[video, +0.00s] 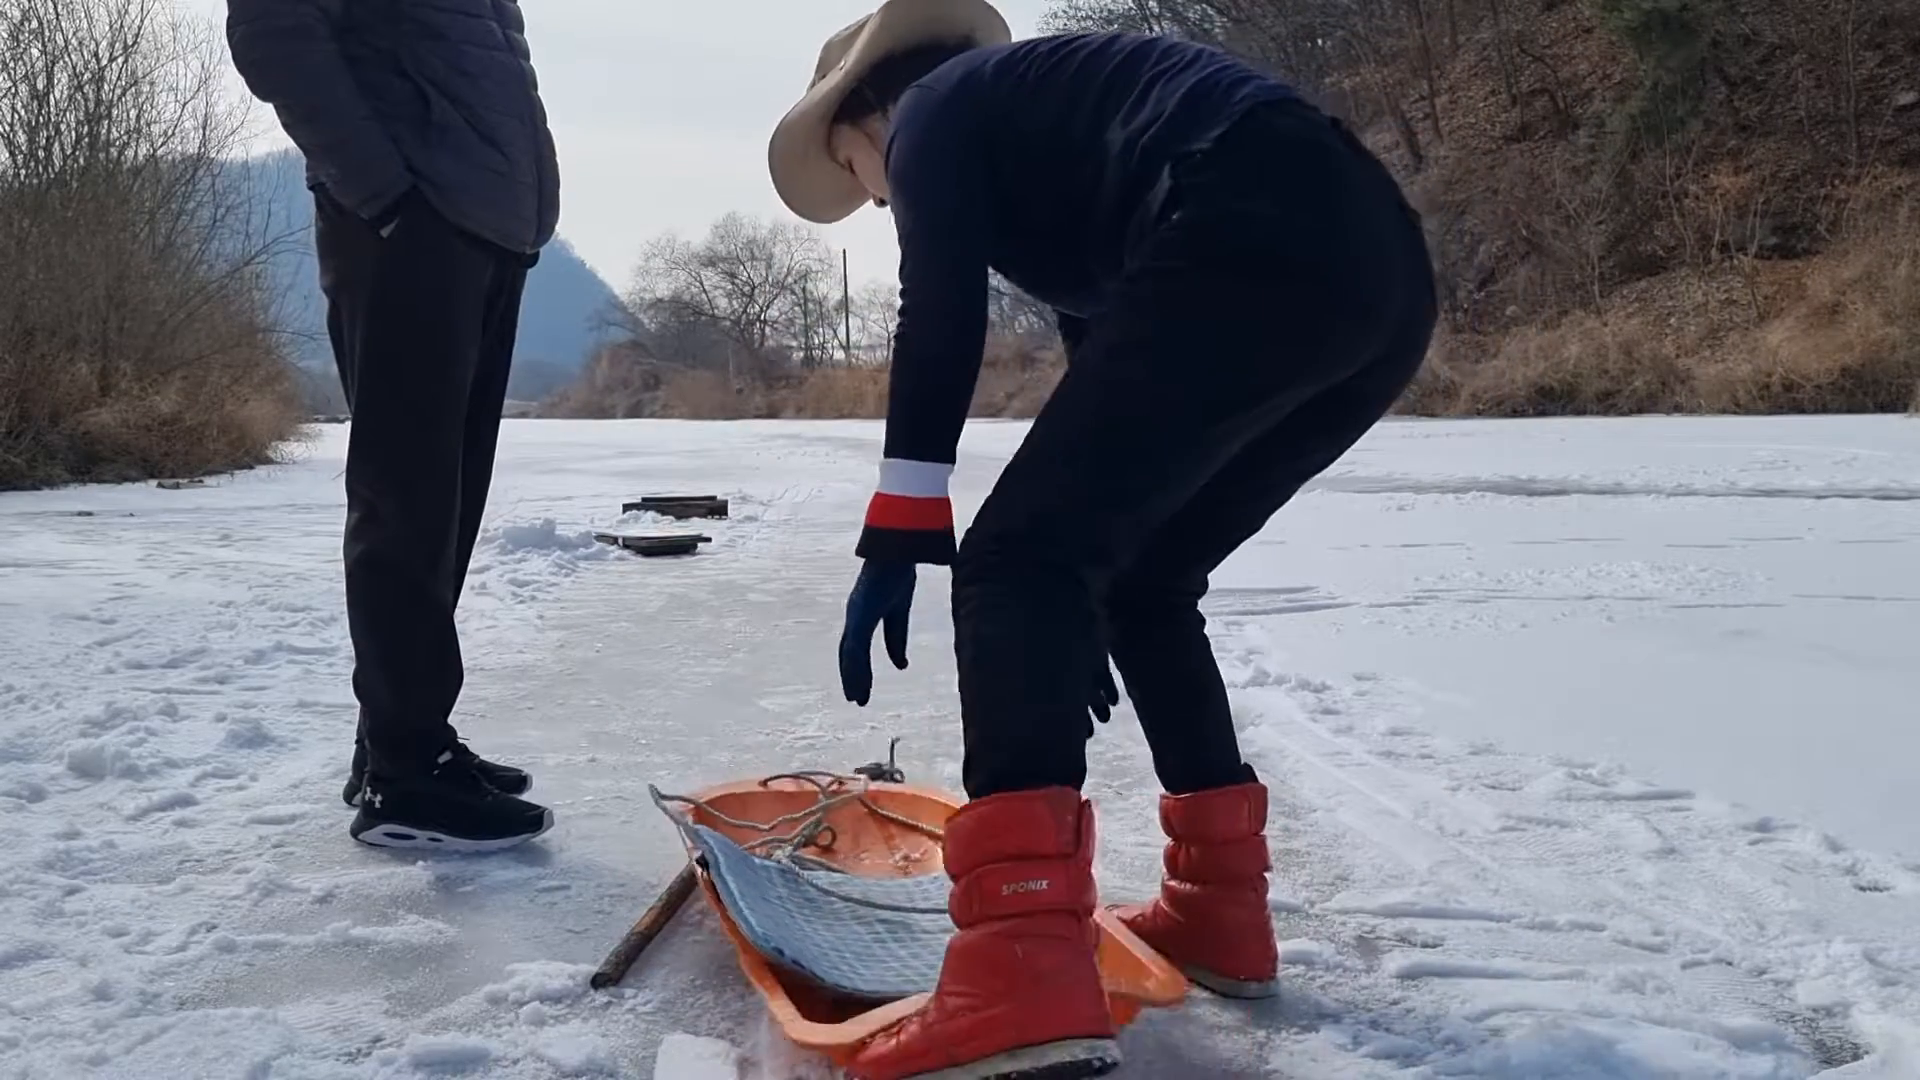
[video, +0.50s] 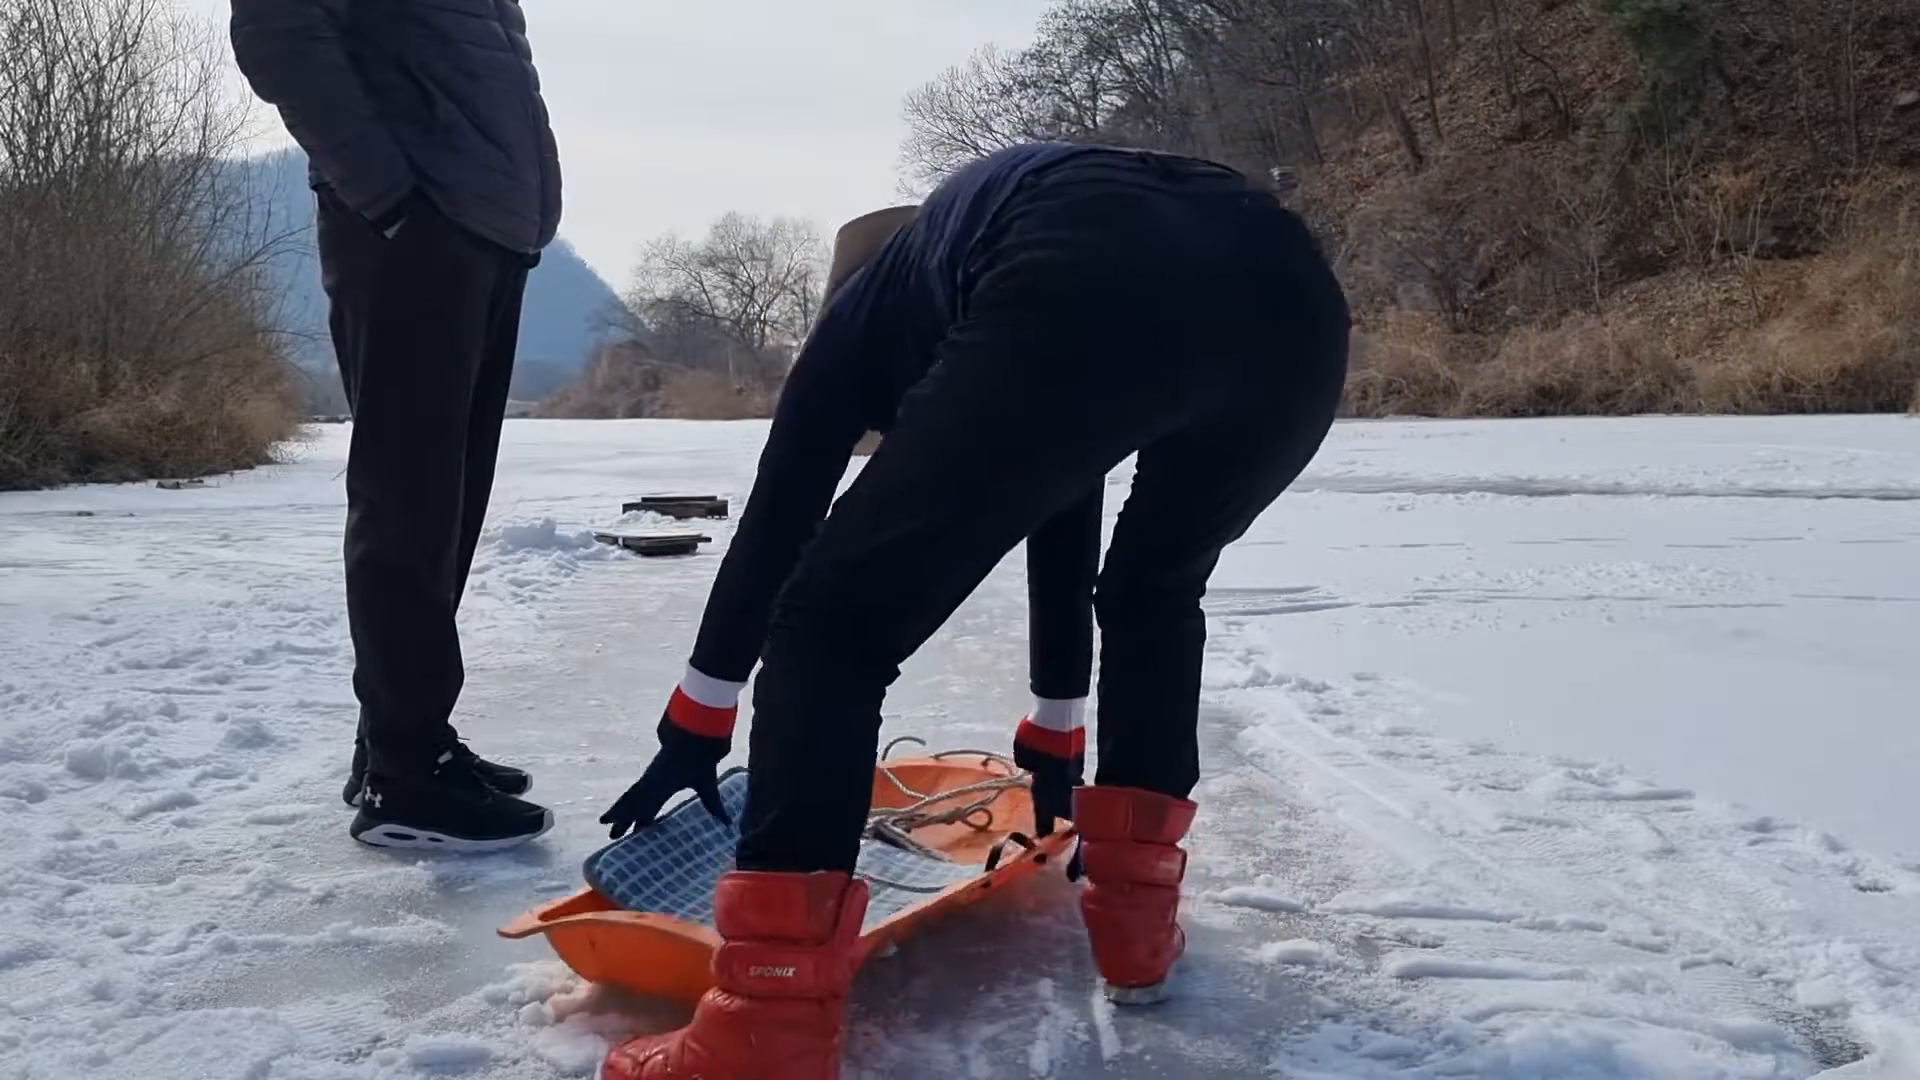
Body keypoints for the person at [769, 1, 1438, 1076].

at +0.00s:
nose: (873, 190)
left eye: (858, 160)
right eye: (855, 176)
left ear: (876, 105)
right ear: (950, 76)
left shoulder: (934, 117)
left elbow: (939, 322)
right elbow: (1105, 354)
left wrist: (894, 541)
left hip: (1246, 247)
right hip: (1386, 282)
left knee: (1019, 557)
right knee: (1150, 578)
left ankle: (1022, 950)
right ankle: (1221, 904)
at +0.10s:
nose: (869, 219)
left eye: (855, 192)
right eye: (852, 205)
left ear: (870, 132)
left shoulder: (926, 135)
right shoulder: (1065, 169)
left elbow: (924, 345)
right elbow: (1095, 394)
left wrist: (861, 554)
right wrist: (1048, 628)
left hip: (1226, 254)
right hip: (1369, 296)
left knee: (985, 562)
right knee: (1134, 582)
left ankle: (890, 956)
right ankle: (1223, 903)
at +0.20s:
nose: (855, 247)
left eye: (846, 221)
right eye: (842, 235)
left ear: (862, 162)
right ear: (952, 130)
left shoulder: (903, 175)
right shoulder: (1063, 208)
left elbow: (898, 374)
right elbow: (1086, 434)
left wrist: (828, 576)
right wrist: (1034, 657)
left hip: (1197, 263)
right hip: (1357, 303)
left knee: (949, 592)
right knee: (1127, 588)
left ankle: (781, 966)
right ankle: (1220, 906)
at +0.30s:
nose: (840, 334)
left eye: (833, 294)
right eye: (825, 313)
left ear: (842, 225)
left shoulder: (874, 221)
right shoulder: (1034, 246)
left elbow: (831, 440)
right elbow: (1047, 473)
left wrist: (768, 630)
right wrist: (1020, 688)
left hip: (1160, 270)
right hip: (1337, 303)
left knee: (908, 614)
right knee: (1136, 580)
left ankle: (764, 1010)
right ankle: (1200, 906)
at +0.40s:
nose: (869, 387)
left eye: (831, 338)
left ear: (843, 280)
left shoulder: (859, 273)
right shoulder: (998, 335)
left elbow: (789, 485)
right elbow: (1047, 537)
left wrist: (712, 684)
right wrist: (1027, 722)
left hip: (1120, 275)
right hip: (1319, 305)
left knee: (864, 612)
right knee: (1159, 582)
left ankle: (768, 1010)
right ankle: (1148, 913)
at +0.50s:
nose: (883, 445)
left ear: (856, 302)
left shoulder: (863, 305)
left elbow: (778, 522)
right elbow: (1067, 562)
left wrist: (695, 722)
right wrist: (1055, 743)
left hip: (1081, 289)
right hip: (1292, 311)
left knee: (830, 624)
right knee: (1156, 583)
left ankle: (768, 1014)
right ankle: (1135, 921)